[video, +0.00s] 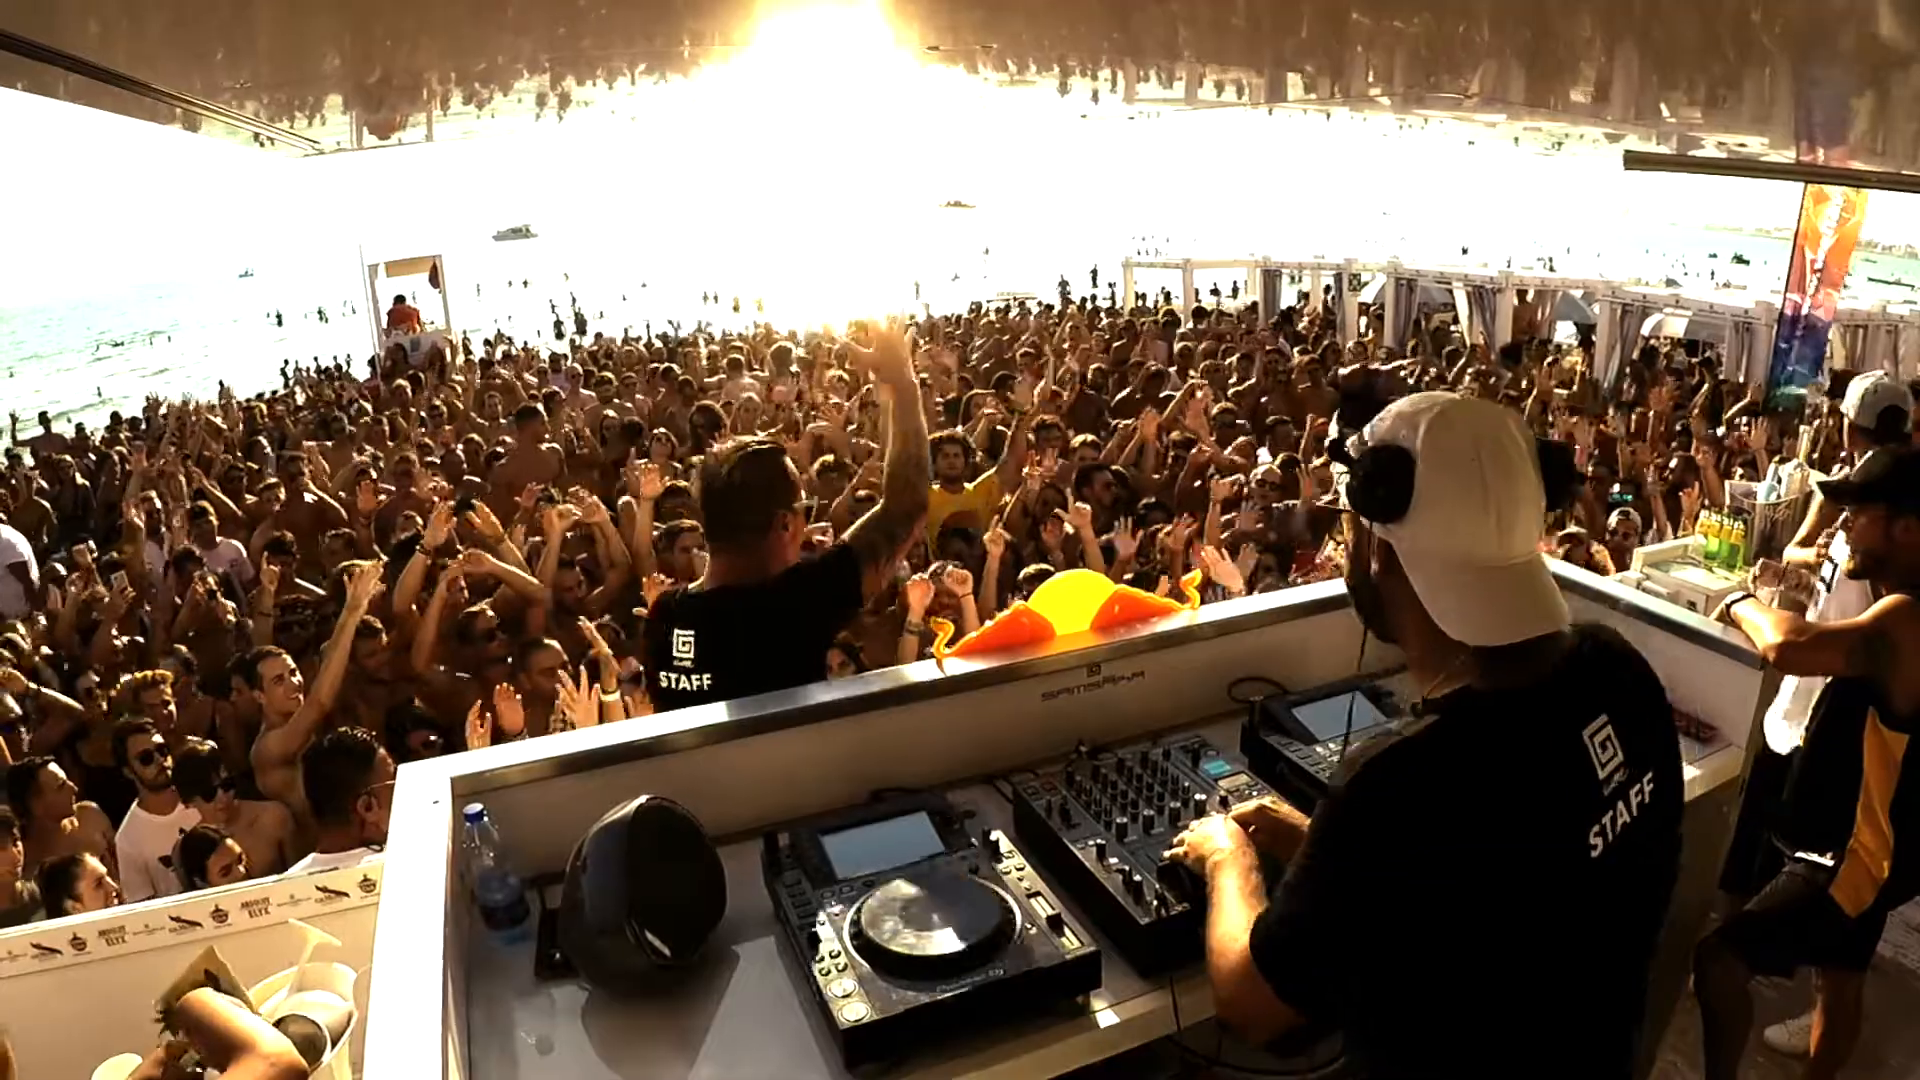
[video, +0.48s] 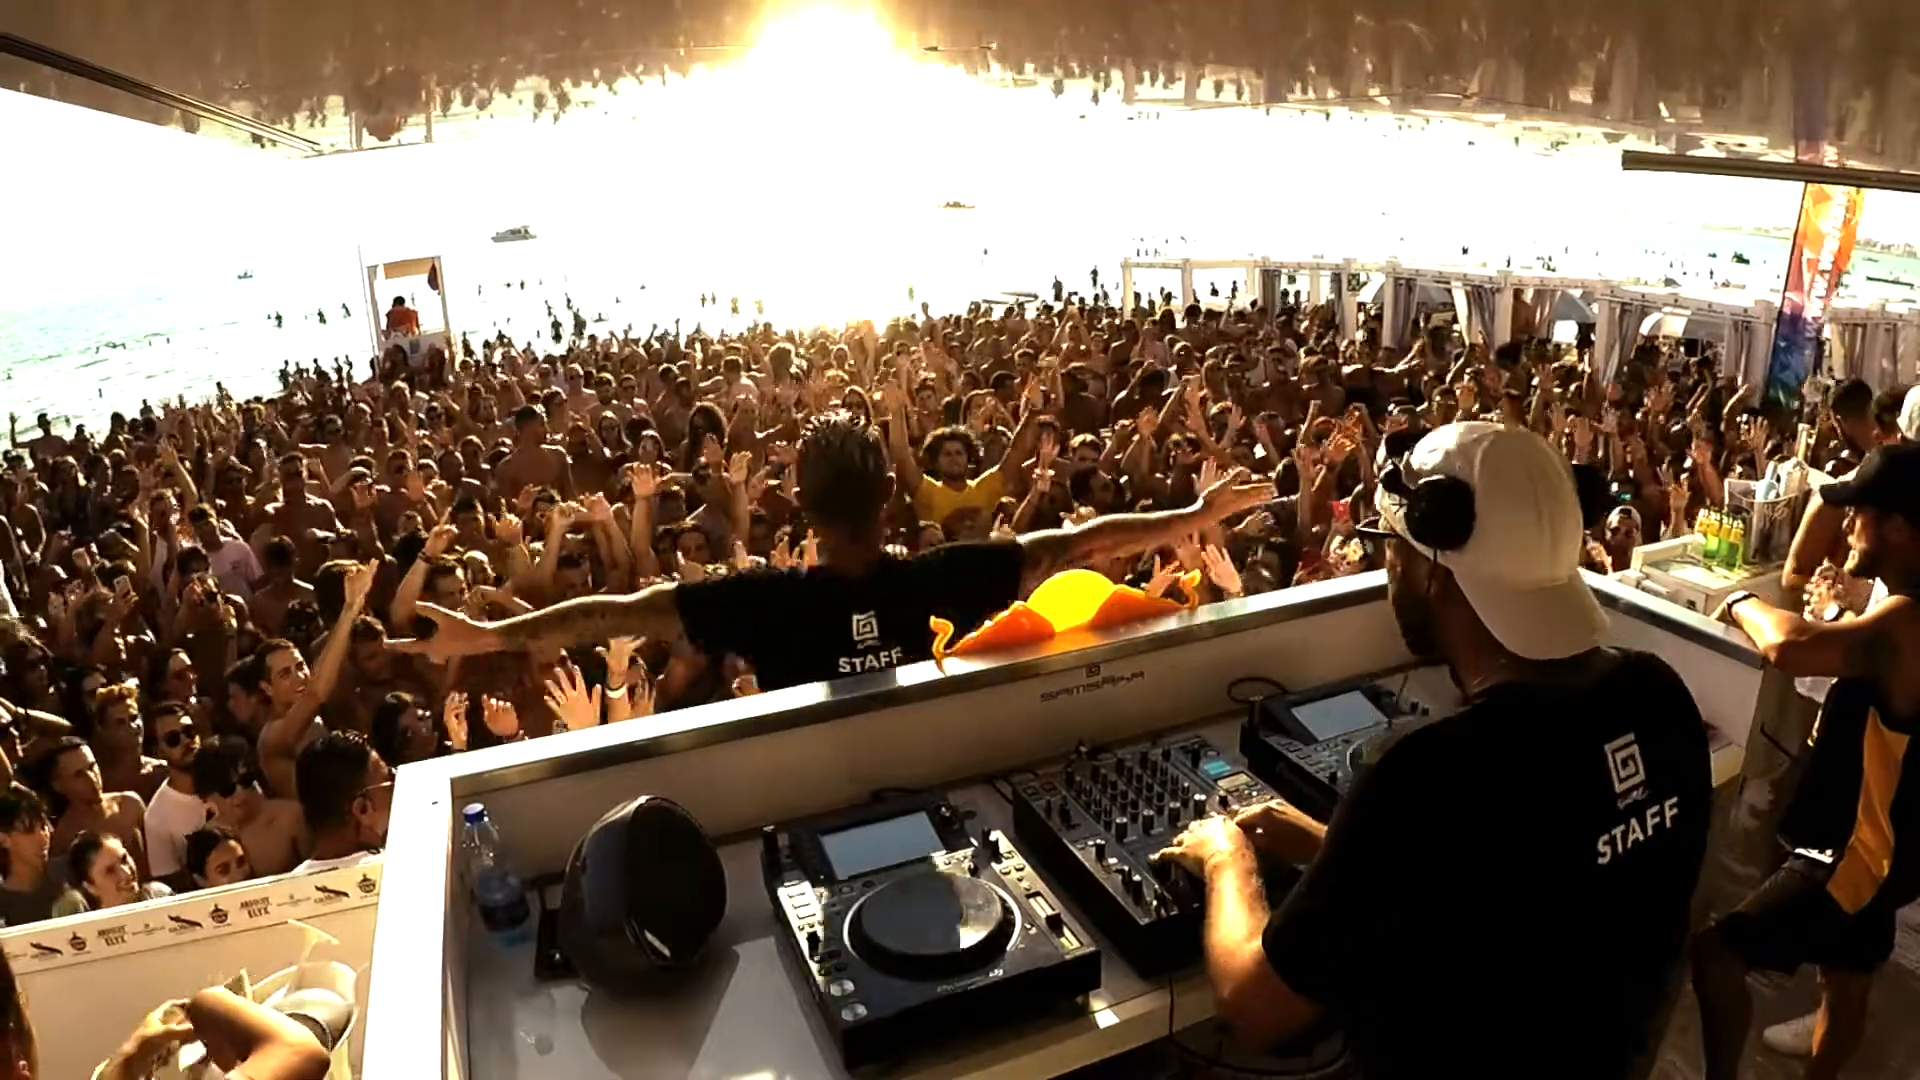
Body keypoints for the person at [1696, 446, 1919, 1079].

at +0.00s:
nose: (1844, 529)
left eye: (1857, 515)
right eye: (1847, 515)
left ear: (1901, 525)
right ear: (1897, 528)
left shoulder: (1900, 621)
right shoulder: (1906, 610)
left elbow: (1786, 648)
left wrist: (1743, 603)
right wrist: (1797, 604)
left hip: (1859, 861)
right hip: (1880, 852)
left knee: (1719, 955)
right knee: (1841, 983)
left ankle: (1718, 1075)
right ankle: (1817, 1073)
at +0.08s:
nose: (1843, 529)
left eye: (1856, 515)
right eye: (1845, 514)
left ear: (1901, 526)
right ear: (1897, 529)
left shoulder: (1900, 619)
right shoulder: (1904, 609)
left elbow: (1787, 646)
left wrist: (1741, 603)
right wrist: (1792, 605)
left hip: (1855, 861)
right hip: (1872, 851)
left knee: (1719, 958)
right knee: (1840, 986)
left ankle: (1718, 1075)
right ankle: (1820, 1069)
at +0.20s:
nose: (1848, 531)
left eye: (1861, 516)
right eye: (1850, 515)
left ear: (1902, 527)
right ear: (1896, 529)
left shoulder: (1900, 622)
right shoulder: (1907, 610)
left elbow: (1788, 649)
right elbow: (1859, 652)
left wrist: (1743, 602)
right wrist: (1811, 615)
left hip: (1852, 862)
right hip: (1878, 855)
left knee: (1719, 955)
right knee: (1843, 987)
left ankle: (1719, 1075)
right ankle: (1819, 1070)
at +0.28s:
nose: (1845, 528)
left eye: (1857, 515)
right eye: (1848, 514)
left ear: (1899, 528)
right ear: (1898, 530)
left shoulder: (1898, 623)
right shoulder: (1910, 608)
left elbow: (1787, 649)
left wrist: (1744, 601)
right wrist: (1814, 612)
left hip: (1854, 862)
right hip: (1886, 856)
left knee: (1718, 955)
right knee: (1845, 985)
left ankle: (1720, 1075)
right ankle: (1818, 1072)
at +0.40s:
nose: (1847, 530)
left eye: (1857, 516)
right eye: (1850, 516)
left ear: (1897, 525)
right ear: (1898, 526)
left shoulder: (1899, 620)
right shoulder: (1907, 606)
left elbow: (1789, 647)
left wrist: (1744, 604)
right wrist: (1840, 606)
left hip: (1854, 858)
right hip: (1880, 851)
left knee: (1715, 955)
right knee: (1846, 988)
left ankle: (1720, 1076)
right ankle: (1817, 1076)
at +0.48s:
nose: (1848, 530)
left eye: (1860, 515)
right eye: (1850, 515)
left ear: (1901, 526)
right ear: (1903, 528)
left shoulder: (1901, 622)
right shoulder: (1909, 607)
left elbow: (1789, 647)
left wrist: (1742, 604)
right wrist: (1837, 611)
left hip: (1855, 859)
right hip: (1881, 853)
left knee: (1715, 954)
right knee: (1845, 991)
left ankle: (1719, 1076)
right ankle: (1816, 1077)